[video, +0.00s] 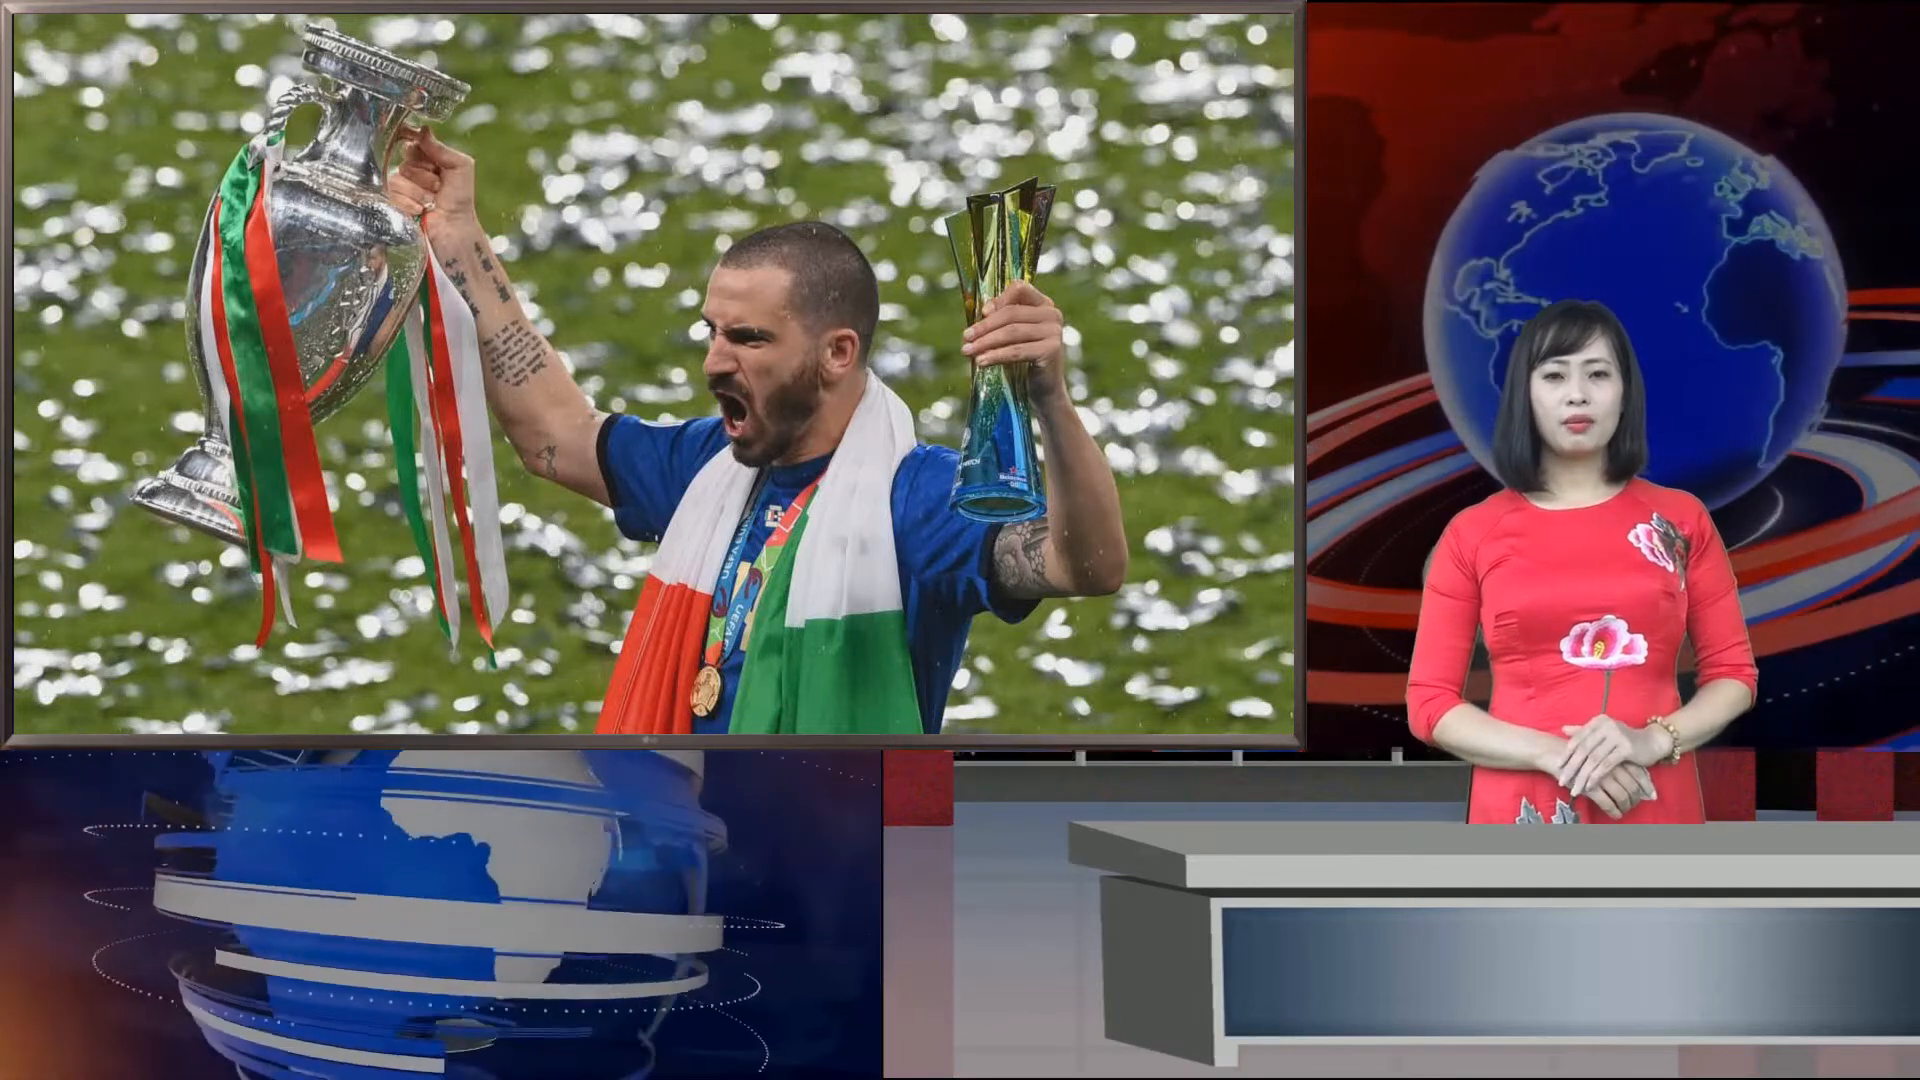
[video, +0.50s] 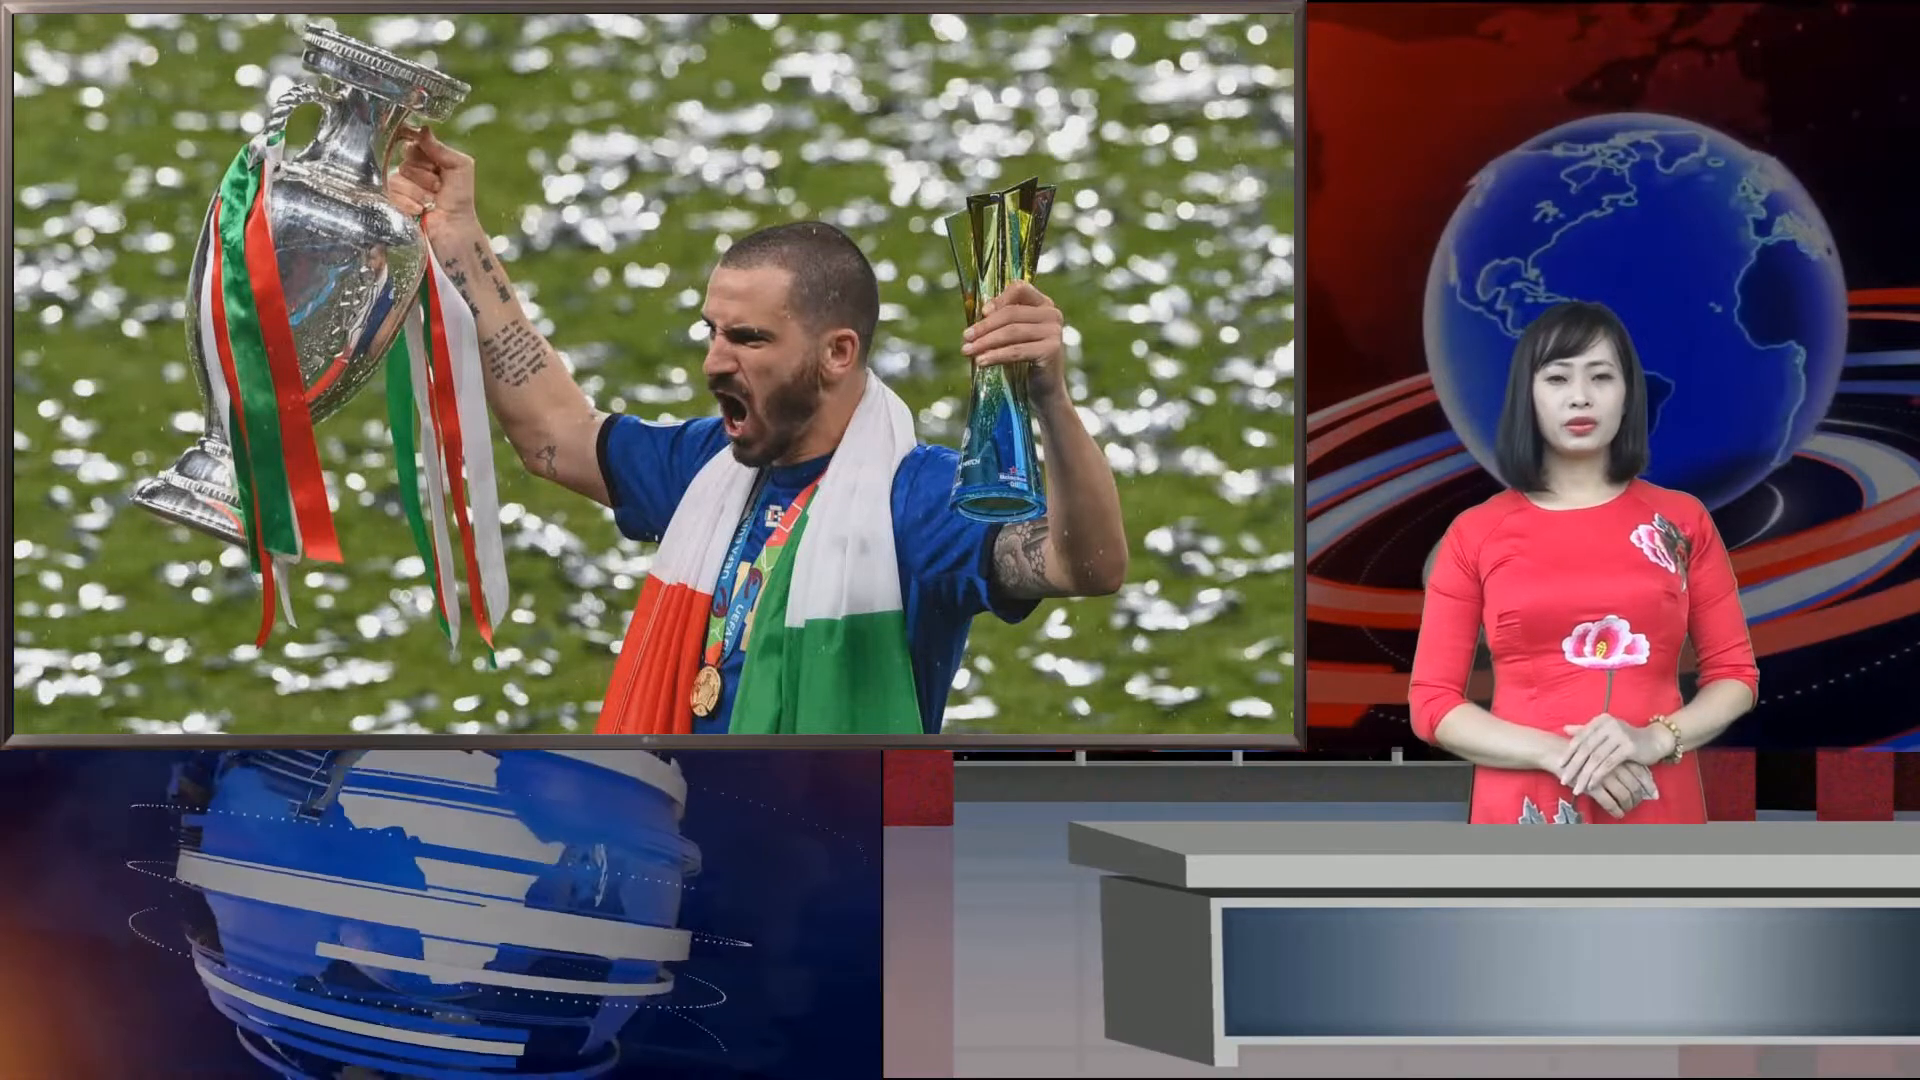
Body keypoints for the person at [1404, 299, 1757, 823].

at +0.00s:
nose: (1577, 394)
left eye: (1598, 374)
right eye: (1555, 375)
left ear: (1625, 392)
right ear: (1525, 393)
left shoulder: (1680, 520)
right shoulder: (1473, 535)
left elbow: (1733, 677)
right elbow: (1430, 704)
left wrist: (1653, 738)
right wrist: (1558, 753)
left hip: (1659, 823)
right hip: (1519, 825)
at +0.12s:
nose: (1577, 394)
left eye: (1598, 374)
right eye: (1555, 376)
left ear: (1625, 392)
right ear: (1525, 393)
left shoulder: (1680, 521)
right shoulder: (1474, 536)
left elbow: (1734, 678)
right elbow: (1430, 704)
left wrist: (1653, 738)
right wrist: (1558, 753)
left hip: (1659, 823)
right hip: (1519, 824)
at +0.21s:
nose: (1577, 394)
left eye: (1598, 375)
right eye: (1555, 376)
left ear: (1626, 392)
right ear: (1526, 393)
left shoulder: (1680, 521)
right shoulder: (1474, 536)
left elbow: (1734, 678)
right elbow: (1431, 704)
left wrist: (1653, 738)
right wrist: (1558, 752)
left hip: (1659, 823)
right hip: (1520, 825)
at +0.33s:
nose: (1579, 395)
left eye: (1599, 376)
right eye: (1557, 377)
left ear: (1626, 393)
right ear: (1527, 394)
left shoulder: (1680, 521)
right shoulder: (1475, 535)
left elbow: (1734, 678)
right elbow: (1431, 703)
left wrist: (1653, 737)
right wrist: (1559, 752)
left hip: (1660, 823)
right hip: (1520, 824)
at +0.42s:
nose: (1580, 395)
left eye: (1600, 376)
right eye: (1557, 377)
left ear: (1627, 393)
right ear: (1528, 394)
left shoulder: (1681, 521)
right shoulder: (1475, 536)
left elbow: (1734, 679)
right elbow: (1432, 703)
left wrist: (1653, 738)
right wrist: (1559, 752)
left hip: (1660, 823)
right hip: (1520, 824)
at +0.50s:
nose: (1580, 396)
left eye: (1601, 377)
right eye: (1557, 378)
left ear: (1627, 394)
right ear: (1528, 395)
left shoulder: (1681, 522)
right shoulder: (1476, 535)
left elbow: (1735, 678)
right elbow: (1432, 704)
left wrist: (1654, 738)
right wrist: (1560, 752)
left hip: (1660, 823)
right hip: (1520, 824)